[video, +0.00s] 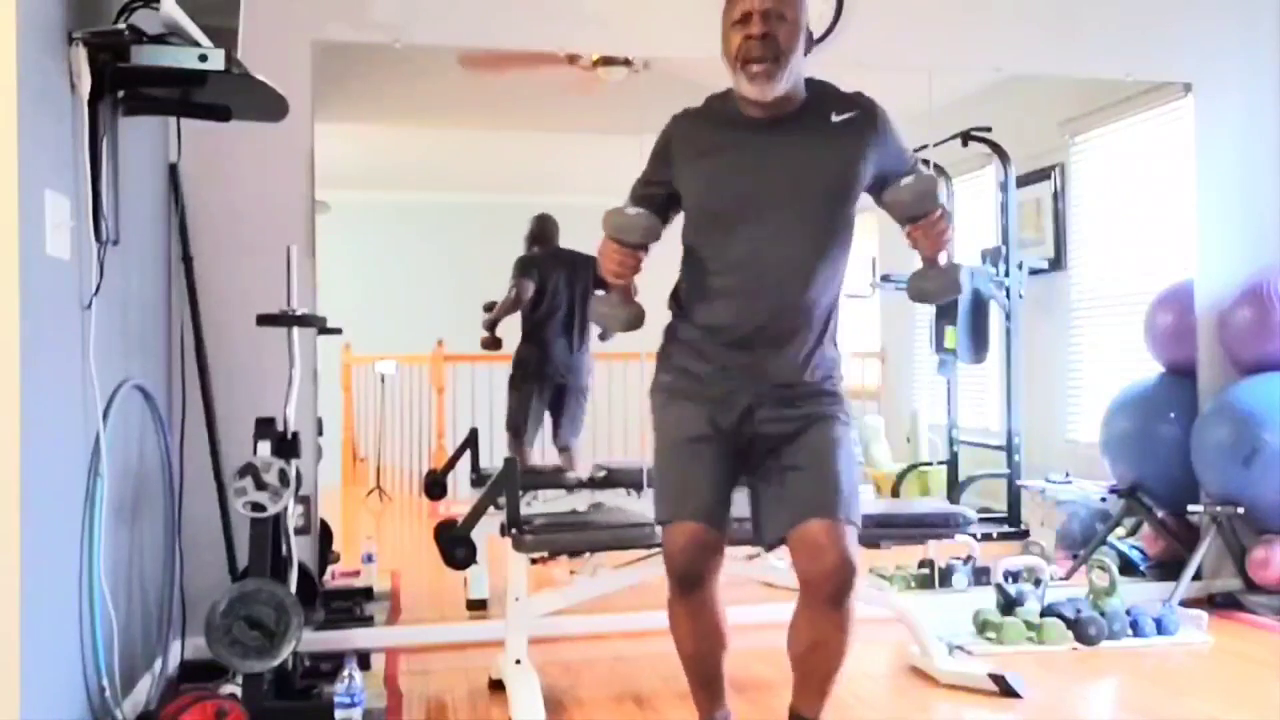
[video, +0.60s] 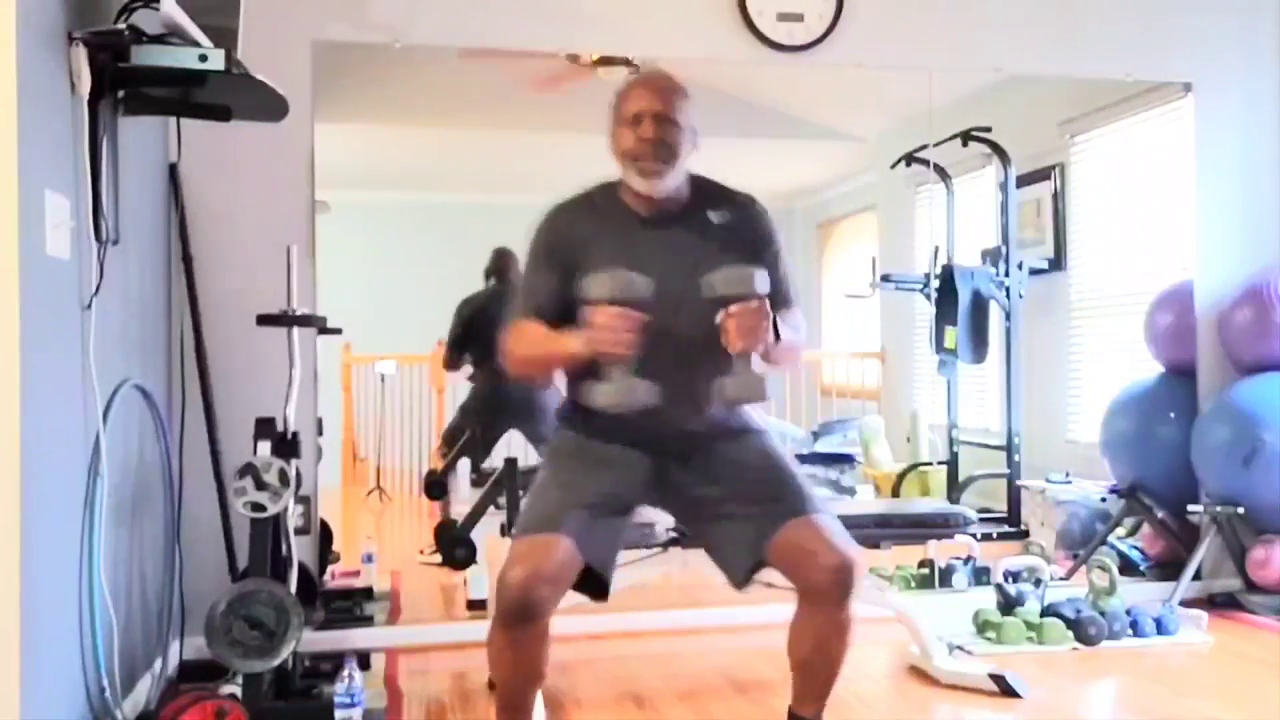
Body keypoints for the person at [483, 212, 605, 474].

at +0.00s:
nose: (527, 241)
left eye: (528, 237)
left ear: (531, 237)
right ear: (557, 236)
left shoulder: (529, 262)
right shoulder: (583, 262)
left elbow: (522, 295)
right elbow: (619, 287)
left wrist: (493, 320)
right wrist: (610, 323)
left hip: (536, 363)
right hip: (576, 366)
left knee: (520, 437)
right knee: (568, 439)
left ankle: (524, 502)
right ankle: (577, 504)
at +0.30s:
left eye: (526, 236)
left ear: (522, 238)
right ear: (548, 238)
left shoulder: (509, 270)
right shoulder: (575, 268)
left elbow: (489, 324)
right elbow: (597, 321)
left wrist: (511, 333)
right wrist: (567, 324)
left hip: (520, 366)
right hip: (566, 366)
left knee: (486, 430)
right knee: (571, 439)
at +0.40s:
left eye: (516, 257)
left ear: (513, 260)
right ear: (540, 259)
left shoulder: (499, 292)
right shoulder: (565, 289)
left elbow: (483, 352)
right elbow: (580, 337)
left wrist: (506, 341)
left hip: (516, 383)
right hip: (562, 382)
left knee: (469, 440)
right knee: (579, 452)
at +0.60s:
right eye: (511, 267)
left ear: (489, 272)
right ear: (517, 270)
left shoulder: (474, 305)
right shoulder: (532, 301)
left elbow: (452, 360)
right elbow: (550, 347)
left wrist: (472, 344)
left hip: (488, 393)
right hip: (531, 392)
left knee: (450, 447)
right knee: (559, 453)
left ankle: (446, 522)